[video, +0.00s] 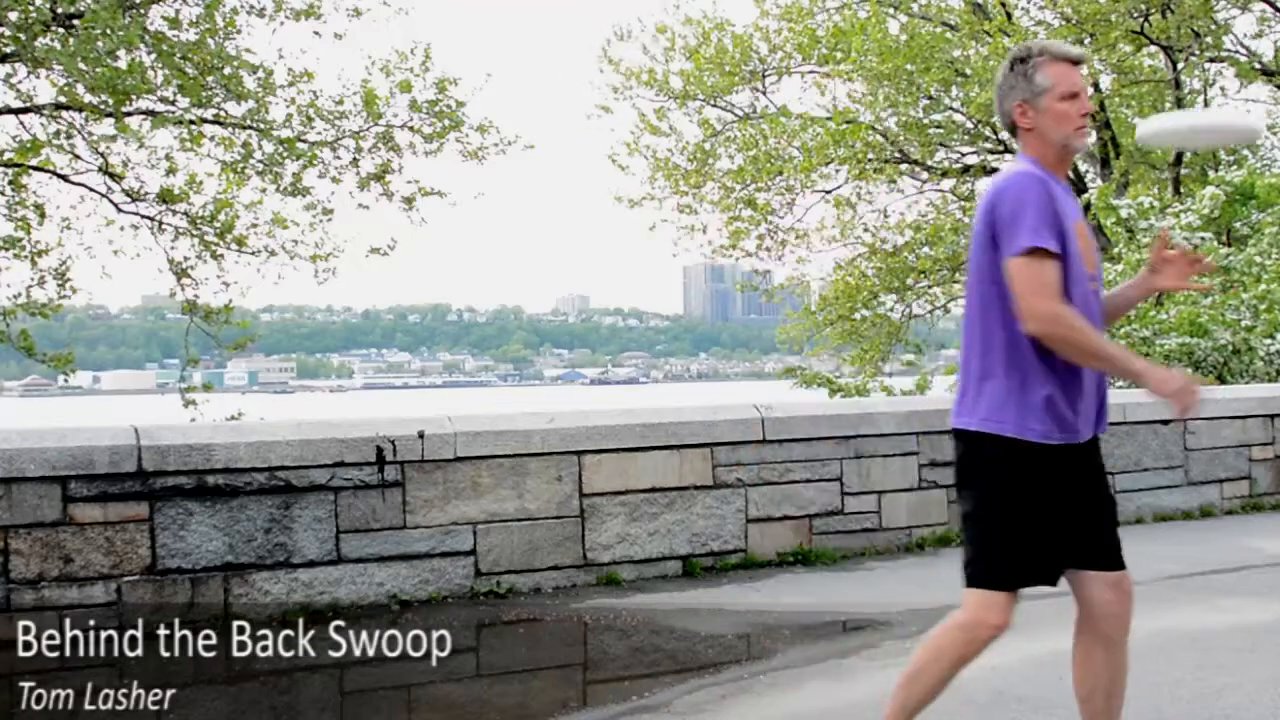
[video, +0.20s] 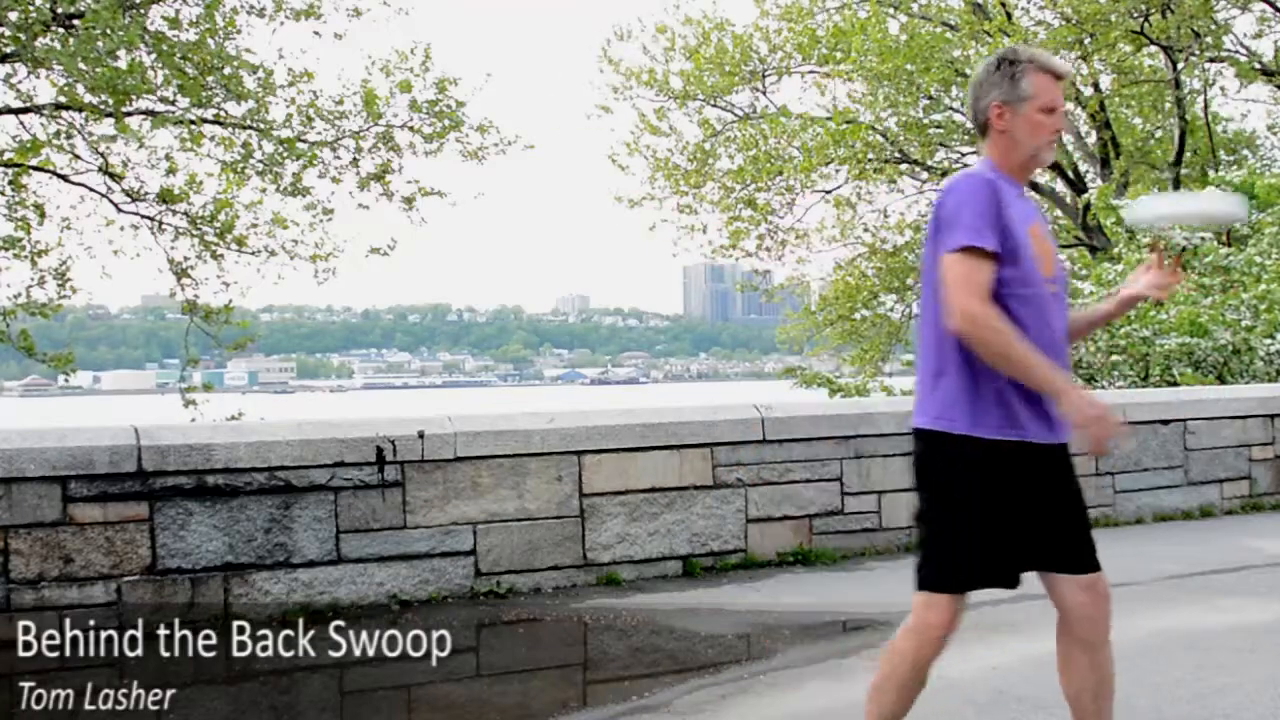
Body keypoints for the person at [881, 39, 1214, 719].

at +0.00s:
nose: (1087, 108)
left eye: (1086, 96)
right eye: (1069, 98)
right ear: (1024, 115)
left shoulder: (1060, 196)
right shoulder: (1020, 188)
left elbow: (1079, 318)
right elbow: (1040, 317)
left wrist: (1145, 282)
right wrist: (1148, 374)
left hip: (1067, 436)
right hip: (1003, 435)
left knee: (1108, 600)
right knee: (985, 613)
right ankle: (893, 713)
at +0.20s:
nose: (1063, 125)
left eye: (1063, 111)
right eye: (1050, 110)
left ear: (1018, 119)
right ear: (1000, 116)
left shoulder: (1028, 209)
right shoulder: (972, 189)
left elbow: (1046, 334)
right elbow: (968, 313)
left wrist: (1125, 296)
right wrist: (1066, 393)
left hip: (1033, 441)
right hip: (962, 439)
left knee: (1086, 603)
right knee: (934, 615)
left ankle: (1094, 719)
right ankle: (873, 717)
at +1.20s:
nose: (965, 212)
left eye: (974, 200)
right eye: (957, 195)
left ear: (974, 196)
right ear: (912, 177)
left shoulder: (936, 275)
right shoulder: (838, 233)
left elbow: (936, 384)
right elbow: (773, 335)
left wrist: (977, 483)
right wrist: (739, 447)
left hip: (906, 440)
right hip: (823, 456)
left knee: (1037, 467)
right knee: (845, 645)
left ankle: (1120, 668)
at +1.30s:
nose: (956, 209)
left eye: (965, 196)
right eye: (946, 193)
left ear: (968, 192)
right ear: (902, 175)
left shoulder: (933, 273)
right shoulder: (832, 233)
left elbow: (929, 378)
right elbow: (765, 337)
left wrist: (960, 478)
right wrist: (735, 447)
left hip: (907, 439)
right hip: (822, 455)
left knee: (1037, 466)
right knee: (845, 642)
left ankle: (1123, 666)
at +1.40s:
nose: (933, 196)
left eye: (944, 184)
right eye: (922, 179)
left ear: (951, 182)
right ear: (880, 166)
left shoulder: (929, 266)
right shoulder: (819, 231)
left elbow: (920, 375)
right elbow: (757, 337)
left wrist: (942, 464)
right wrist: (737, 448)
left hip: (906, 436)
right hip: (822, 452)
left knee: (1040, 473)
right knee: (846, 642)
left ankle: (1115, 679)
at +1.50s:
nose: (919, 187)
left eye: (931, 175)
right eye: (907, 170)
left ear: (941, 177)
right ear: (870, 160)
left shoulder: (930, 262)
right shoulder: (815, 229)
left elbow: (915, 371)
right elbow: (757, 338)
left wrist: (939, 457)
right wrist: (741, 451)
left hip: (908, 436)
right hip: (825, 453)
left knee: (1042, 478)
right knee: (846, 641)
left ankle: (1106, 685)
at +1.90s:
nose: (842, 135)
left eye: (859, 123)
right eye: (839, 122)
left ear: (904, 140)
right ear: (835, 130)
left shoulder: (938, 227)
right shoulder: (800, 210)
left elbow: (904, 325)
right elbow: (779, 328)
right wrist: (819, 435)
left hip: (928, 424)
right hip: (835, 435)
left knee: (1021, 553)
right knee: (847, 624)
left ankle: (1036, 715)